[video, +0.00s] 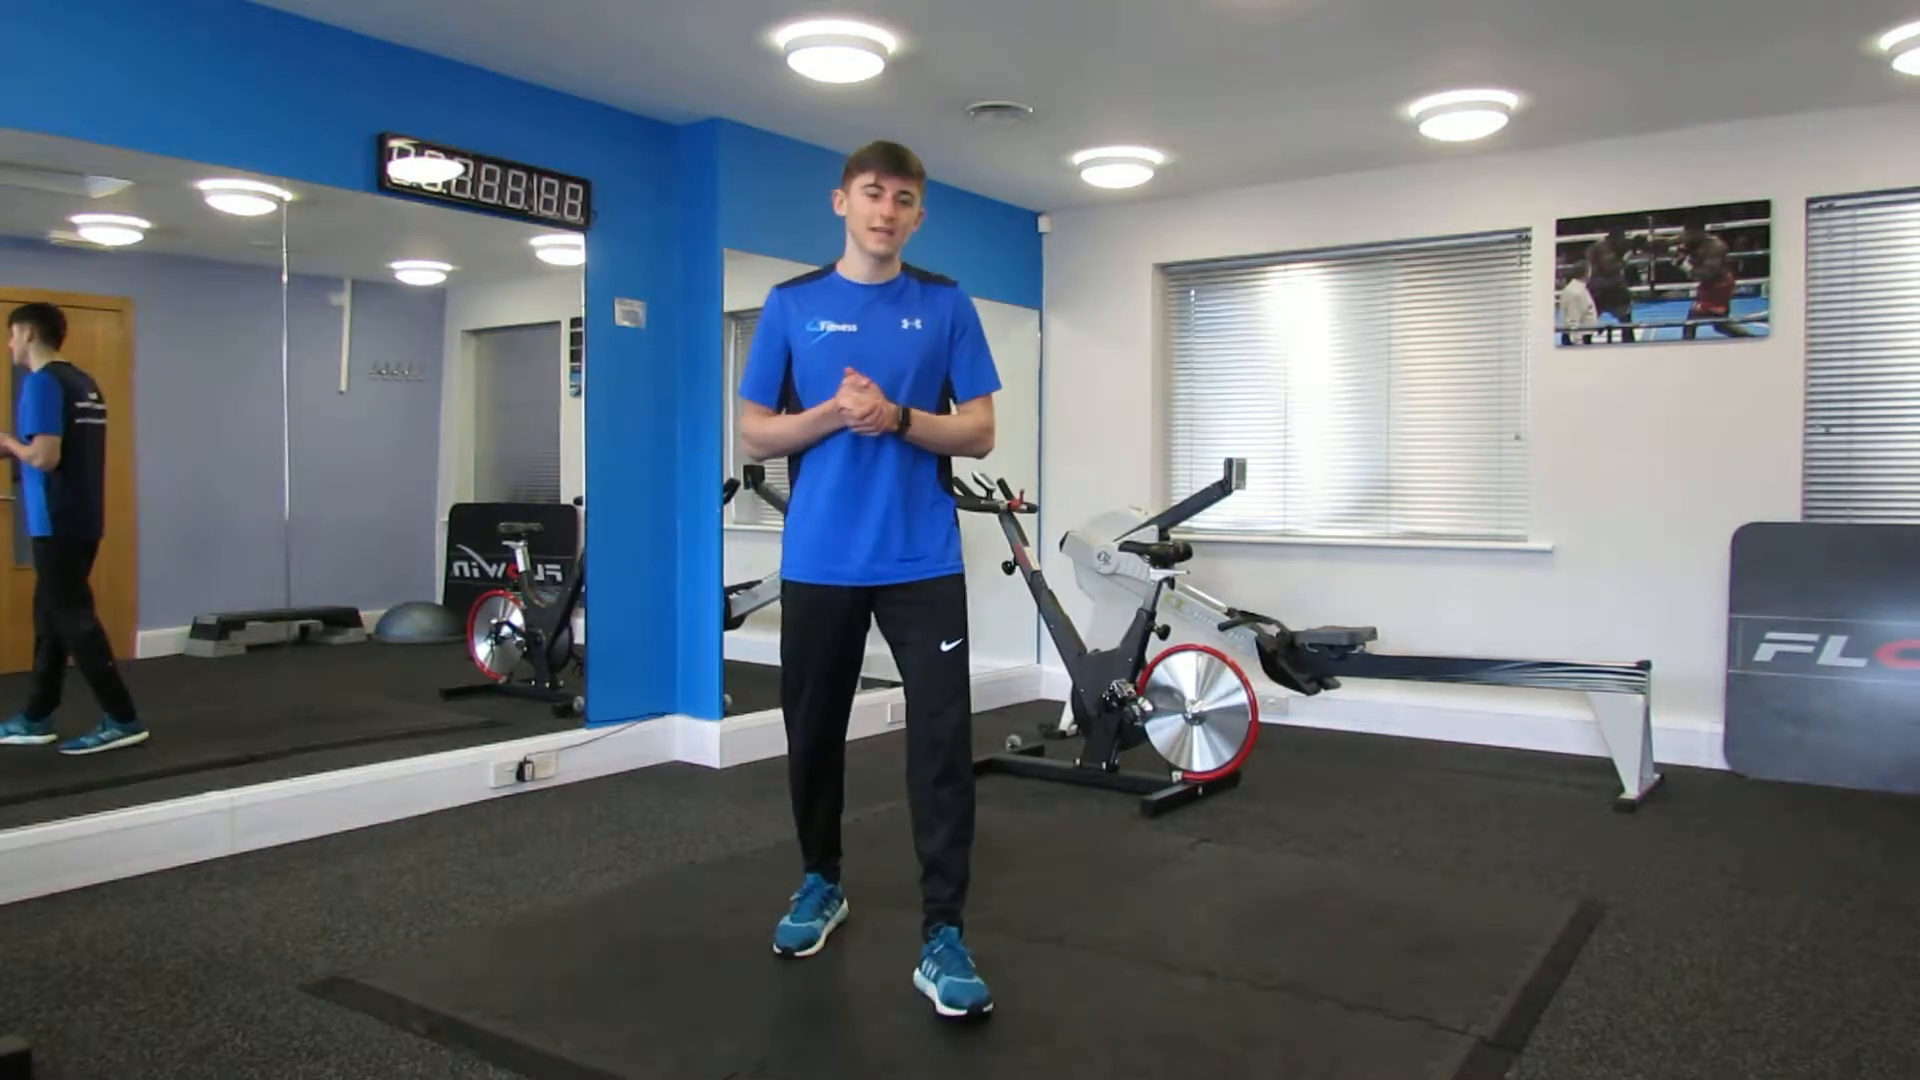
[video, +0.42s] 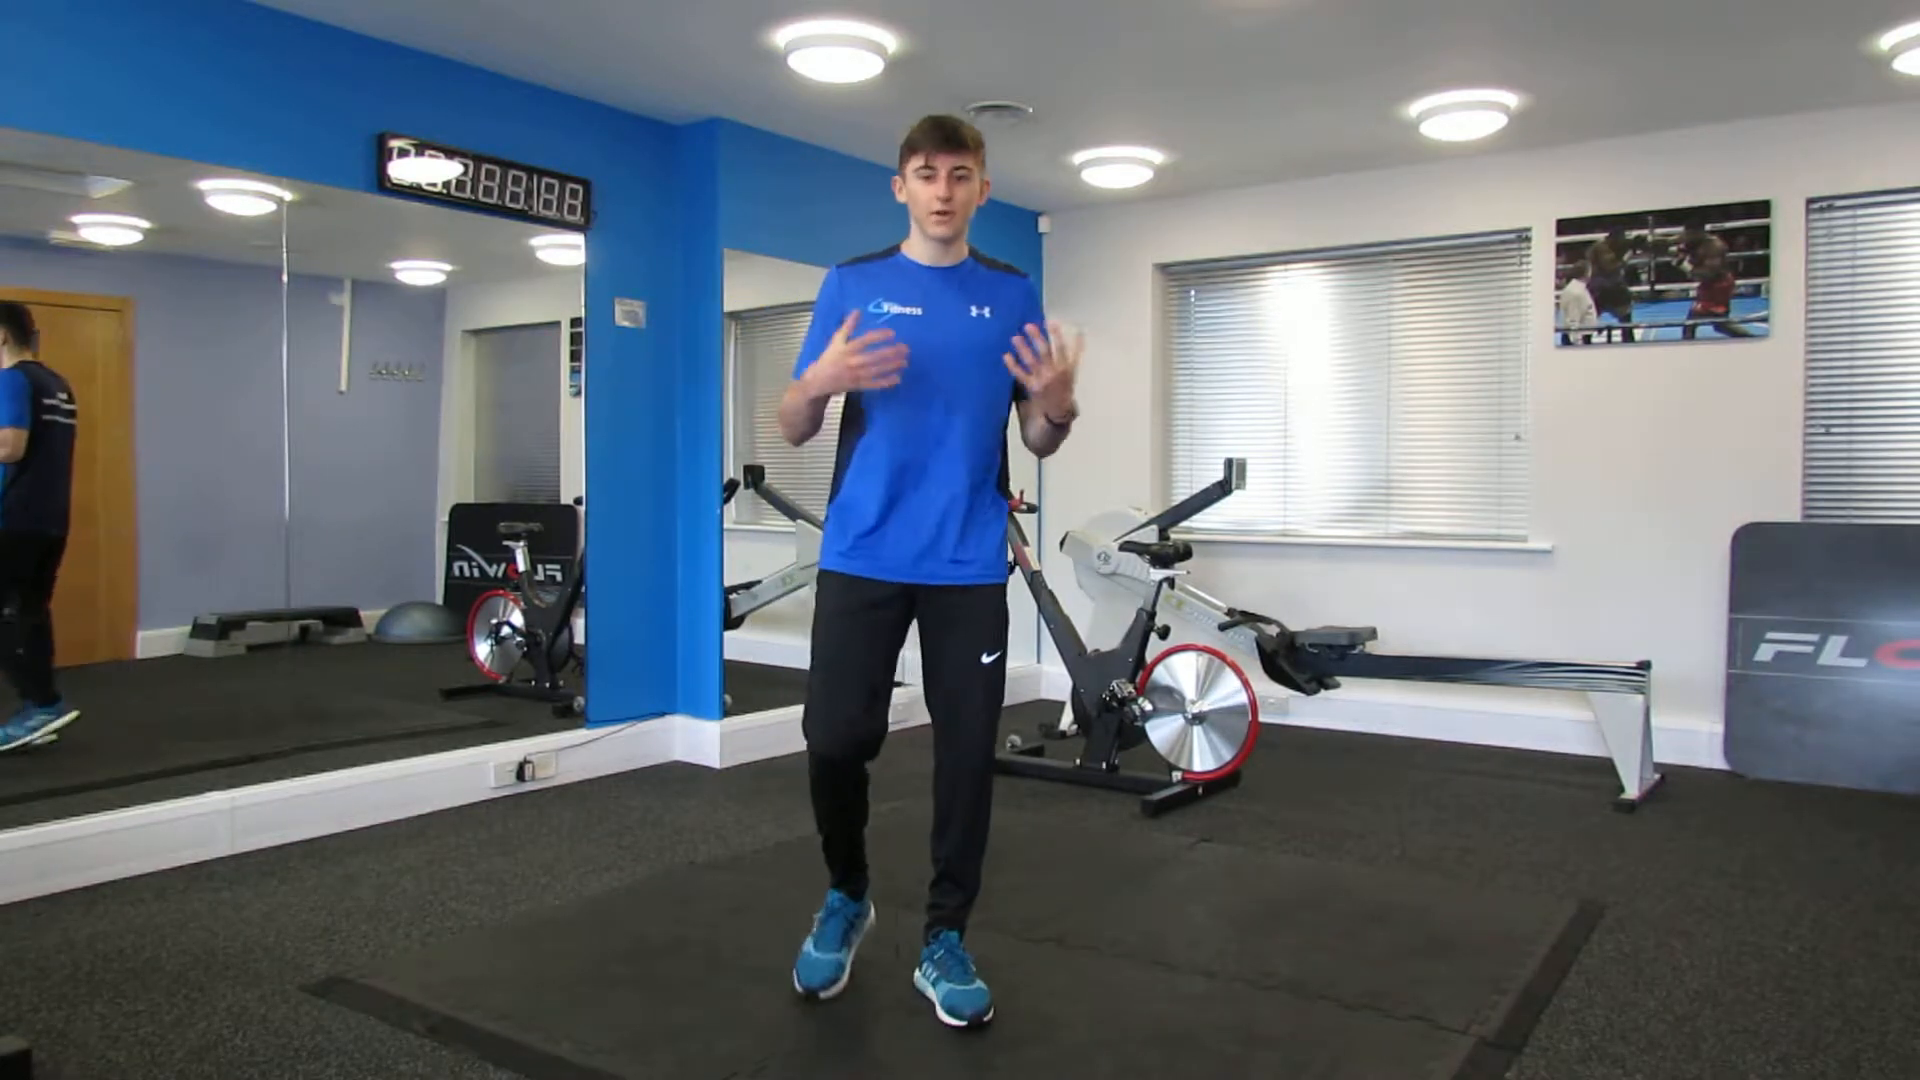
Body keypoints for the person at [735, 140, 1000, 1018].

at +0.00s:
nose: (887, 208)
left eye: (903, 198)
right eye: (874, 192)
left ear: (918, 216)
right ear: (842, 202)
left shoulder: (945, 304)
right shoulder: (789, 305)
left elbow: (979, 431)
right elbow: (754, 435)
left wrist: (899, 419)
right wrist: (830, 415)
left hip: (922, 557)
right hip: (821, 557)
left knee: (944, 737)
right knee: (812, 732)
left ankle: (943, 932)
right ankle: (820, 882)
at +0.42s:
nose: (944, 191)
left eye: (960, 176)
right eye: (928, 175)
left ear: (982, 190)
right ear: (901, 187)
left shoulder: (1013, 294)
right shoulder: (851, 286)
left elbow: (1040, 440)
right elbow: (792, 427)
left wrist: (1055, 400)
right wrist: (822, 378)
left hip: (969, 556)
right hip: (863, 549)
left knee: (968, 753)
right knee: (835, 741)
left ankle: (946, 938)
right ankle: (846, 897)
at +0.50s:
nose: (946, 186)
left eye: (962, 171)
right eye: (929, 171)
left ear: (984, 183)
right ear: (904, 184)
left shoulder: (1020, 292)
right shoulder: (856, 282)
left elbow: (1047, 434)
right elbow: (799, 428)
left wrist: (1077, 402)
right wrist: (812, 377)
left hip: (973, 557)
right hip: (864, 548)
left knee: (968, 755)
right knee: (843, 746)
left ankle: (946, 941)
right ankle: (855, 939)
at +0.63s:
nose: (943, 177)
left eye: (961, 163)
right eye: (927, 163)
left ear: (989, 180)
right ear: (904, 180)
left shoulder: (1026, 288)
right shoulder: (857, 280)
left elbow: (1054, 433)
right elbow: (806, 429)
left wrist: (1075, 416)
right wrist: (815, 380)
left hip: (974, 562)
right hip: (863, 555)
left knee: (967, 765)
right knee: (857, 764)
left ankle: (945, 942)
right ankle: (867, 973)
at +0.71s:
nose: (941, 176)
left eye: (960, 162)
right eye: (925, 162)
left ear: (988, 177)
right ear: (903, 177)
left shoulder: (1026, 287)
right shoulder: (856, 280)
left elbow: (1057, 438)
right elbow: (812, 434)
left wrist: (1064, 417)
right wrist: (818, 387)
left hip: (976, 559)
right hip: (867, 554)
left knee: (967, 763)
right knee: (862, 767)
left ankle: (944, 940)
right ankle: (873, 976)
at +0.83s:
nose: (936, 173)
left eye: (955, 159)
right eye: (919, 159)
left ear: (983, 175)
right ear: (897, 175)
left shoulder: (1022, 285)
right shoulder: (849, 282)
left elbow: (1051, 439)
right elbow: (809, 440)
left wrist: (1041, 415)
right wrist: (818, 391)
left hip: (978, 568)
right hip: (867, 564)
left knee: (970, 770)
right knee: (866, 779)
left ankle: (943, 939)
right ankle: (883, 995)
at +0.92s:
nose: (929, 168)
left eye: (948, 153)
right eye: (912, 154)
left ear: (977, 171)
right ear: (890, 172)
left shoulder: (1019, 282)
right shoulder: (844, 282)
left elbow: (1051, 433)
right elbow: (805, 442)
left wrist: (1022, 415)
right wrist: (820, 394)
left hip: (977, 570)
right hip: (863, 566)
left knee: (969, 773)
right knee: (862, 782)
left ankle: (942, 939)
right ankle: (882, 1000)